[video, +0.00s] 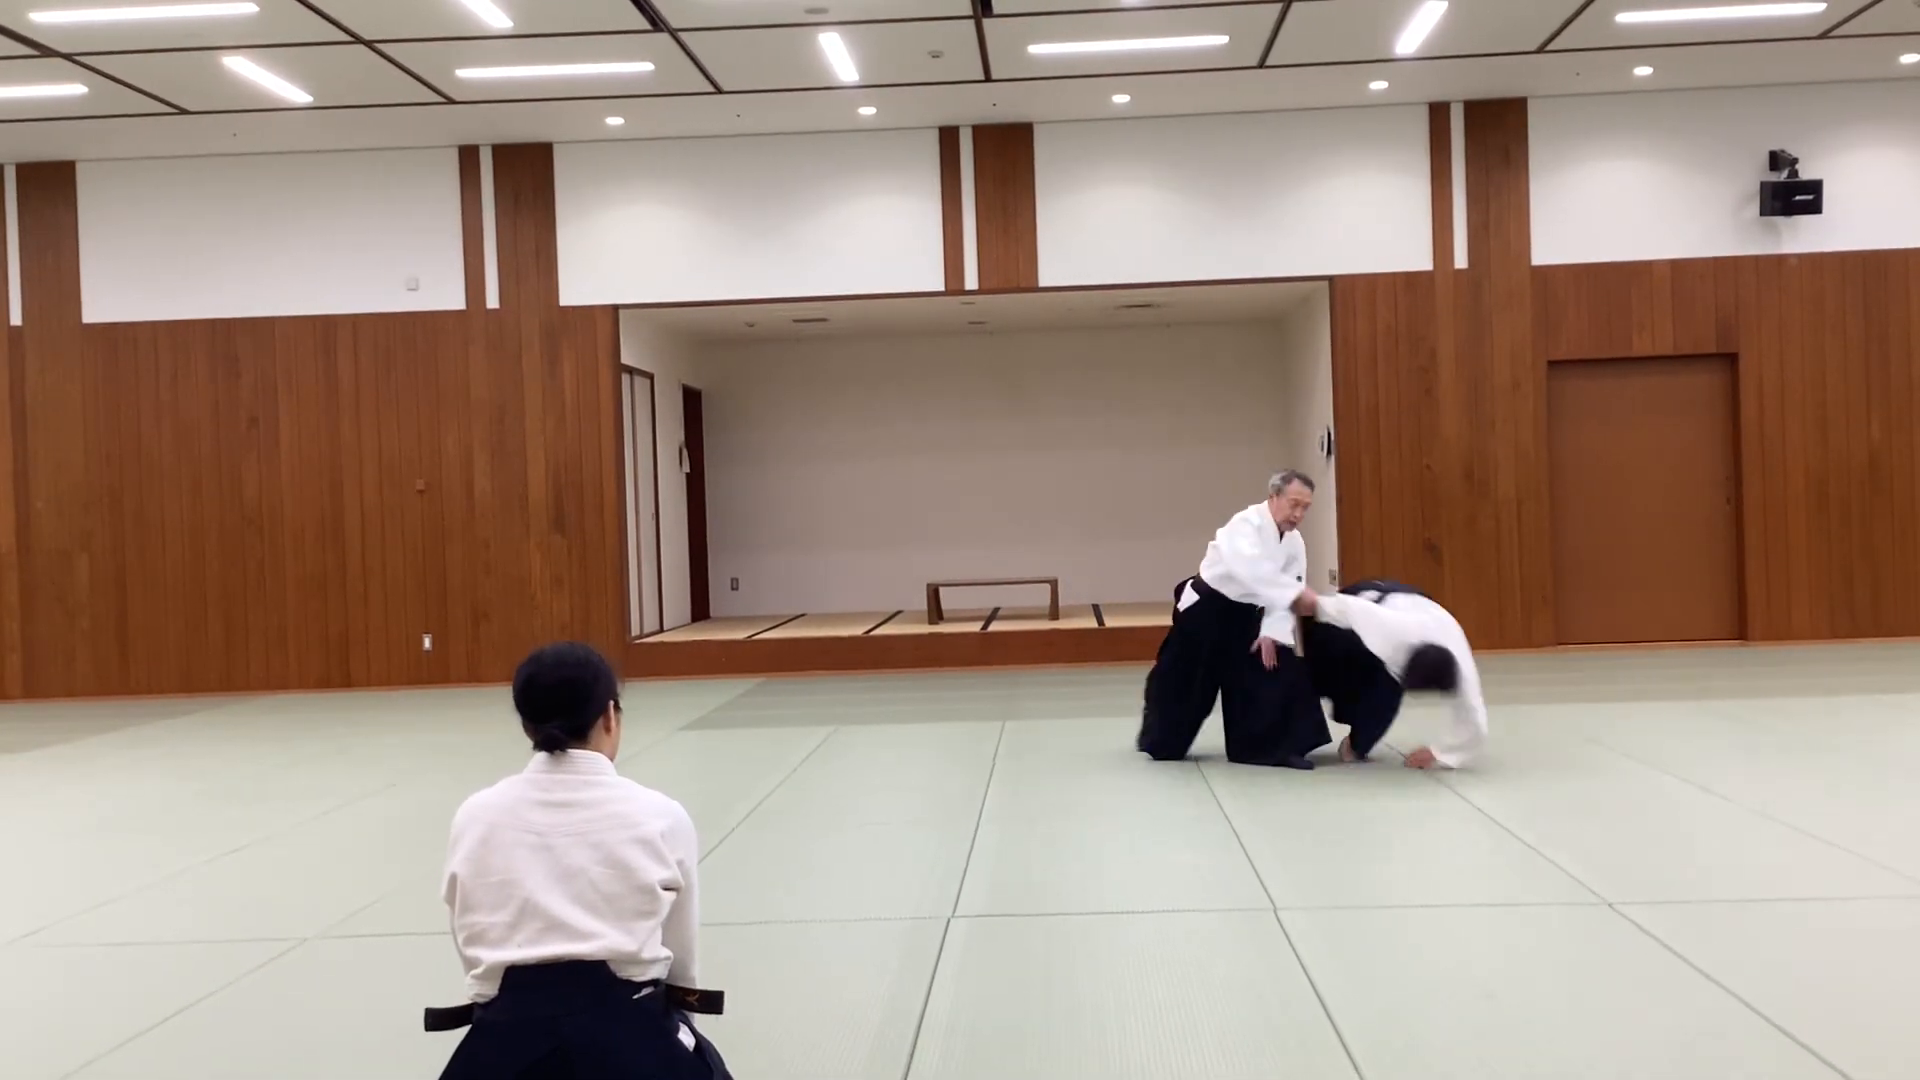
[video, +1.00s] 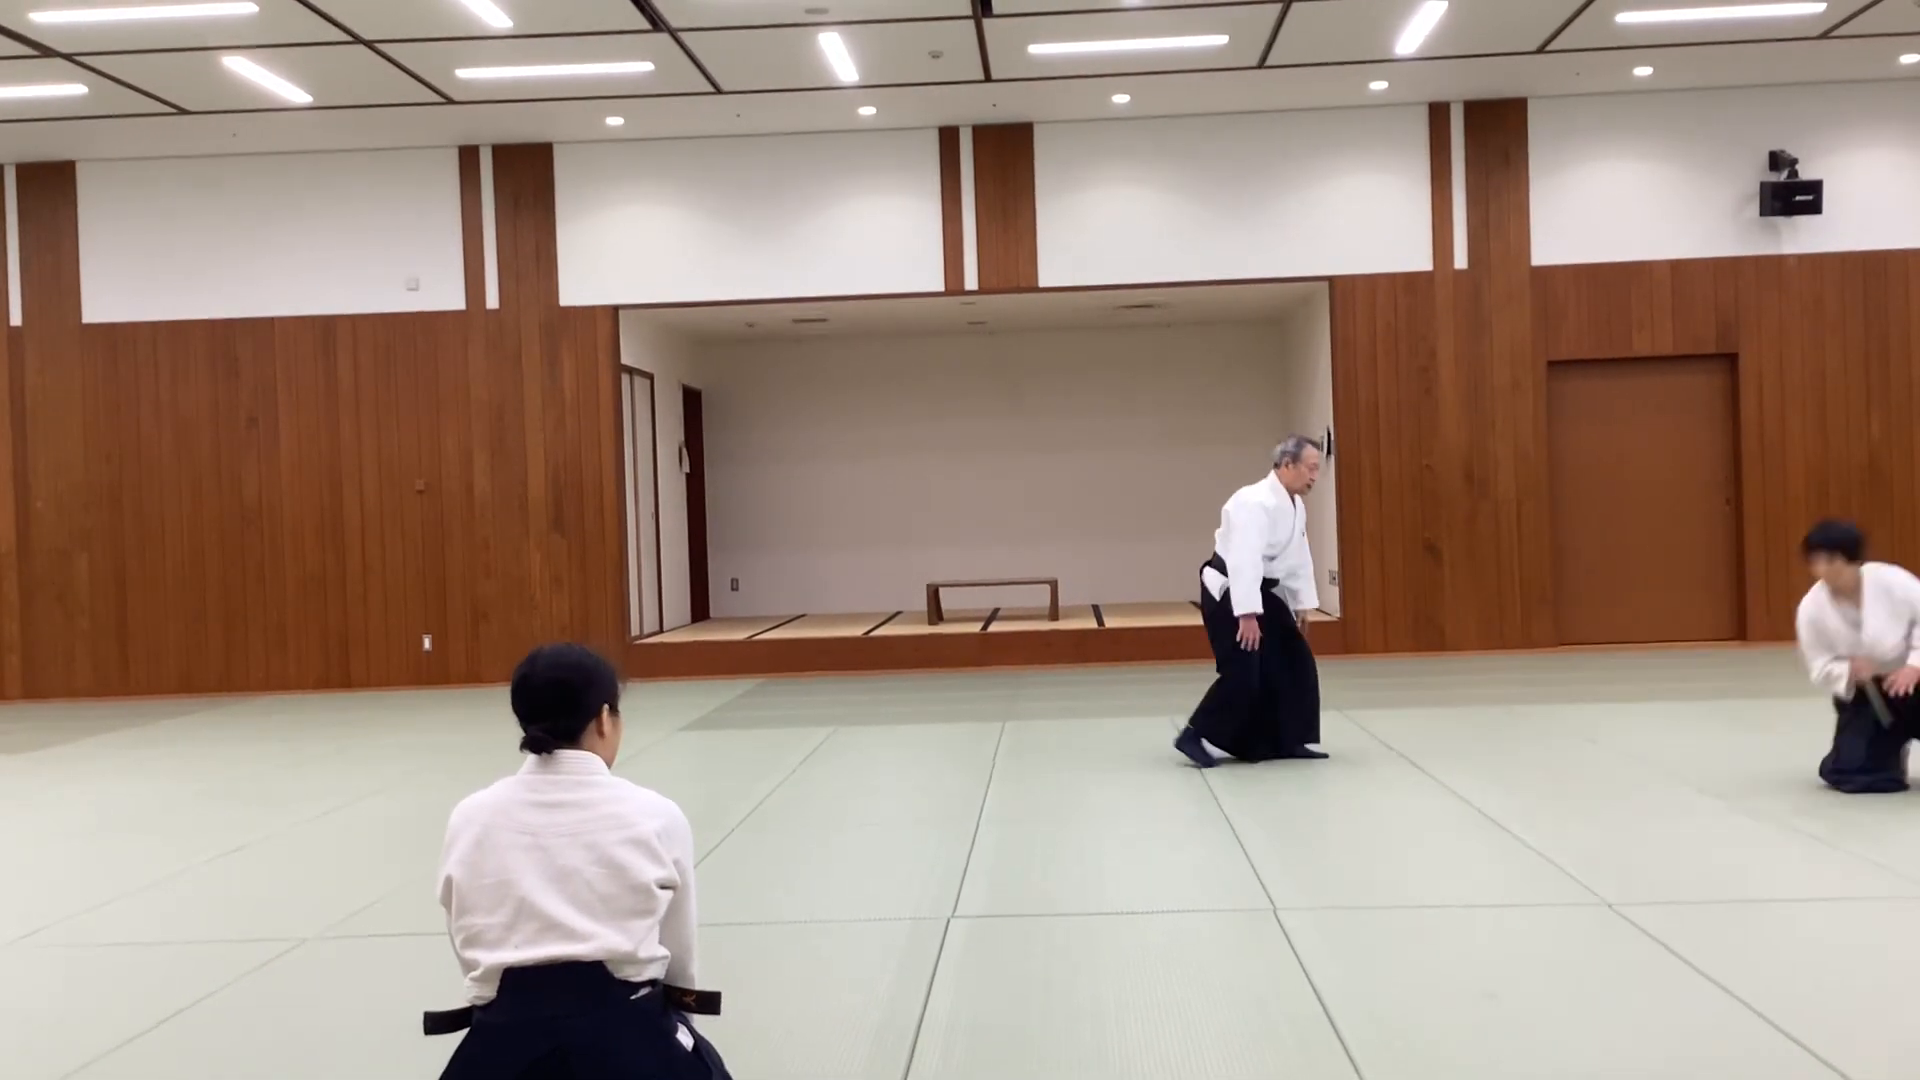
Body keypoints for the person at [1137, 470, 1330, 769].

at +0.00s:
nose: (1299, 514)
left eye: (1305, 508)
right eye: (1295, 505)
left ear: (1308, 508)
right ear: (1274, 498)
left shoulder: (1294, 543)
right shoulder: (1244, 525)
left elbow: (1287, 590)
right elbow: (1248, 571)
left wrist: (1272, 631)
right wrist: (1293, 594)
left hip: (1246, 615)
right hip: (1207, 608)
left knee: (1267, 678)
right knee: (1187, 678)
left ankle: (1265, 748)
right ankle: (1162, 742)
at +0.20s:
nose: (1279, 491)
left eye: (1283, 484)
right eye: (1275, 481)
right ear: (1251, 477)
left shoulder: (1266, 519)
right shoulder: (1230, 506)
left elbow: (1271, 566)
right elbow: (1279, 532)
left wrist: (1276, 606)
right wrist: (1318, 507)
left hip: (1239, 605)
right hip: (1200, 602)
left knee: (1270, 671)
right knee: (1187, 673)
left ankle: (1263, 747)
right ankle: (1159, 719)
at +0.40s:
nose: (1259, 474)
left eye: (1261, 467)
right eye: (1254, 466)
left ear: (1236, 467)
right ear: (1231, 465)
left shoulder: (1243, 505)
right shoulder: (1212, 498)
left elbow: (1254, 556)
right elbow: (1252, 530)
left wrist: (1267, 594)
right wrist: (1295, 517)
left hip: (1229, 596)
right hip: (1192, 596)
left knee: (1277, 656)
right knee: (1191, 667)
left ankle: (1278, 739)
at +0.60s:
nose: (1284, 480)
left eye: (1285, 473)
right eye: (1280, 472)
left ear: (1260, 472)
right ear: (1257, 470)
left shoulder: (1256, 510)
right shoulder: (1231, 505)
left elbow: (1266, 578)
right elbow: (1259, 555)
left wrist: (1280, 625)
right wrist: (1310, 566)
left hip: (1236, 599)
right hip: (1206, 599)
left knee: (1291, 659)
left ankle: (1281, 738)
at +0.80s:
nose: (1315, 481)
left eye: (1317, 474)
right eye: (1311, 473)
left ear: (1290, 472)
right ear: (1288, 471)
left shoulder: (1283, 508)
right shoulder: (1261, 507)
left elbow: (1286, 566)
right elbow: (1267, 567)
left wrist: (1292, 613)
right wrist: (1289, 617)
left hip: (1252, 596)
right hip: (1227, 596)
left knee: (1300, 663)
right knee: (1219, 673)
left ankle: (1285, 739)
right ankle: (1162, 710)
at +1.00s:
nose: (1315, 476)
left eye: (1317, 469)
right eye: (1310, 467)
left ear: (1292, 468)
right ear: (1287, 465)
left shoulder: (1295, 505)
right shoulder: (1250, 501)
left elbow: (1297, 558)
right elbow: (1243, 559)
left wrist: (1301, 606)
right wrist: (1247, 611)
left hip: (1262, 589)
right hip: (1225, 588)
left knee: (1296, 659)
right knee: (1243, 666)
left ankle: (1289, 741)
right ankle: (1194, 736)